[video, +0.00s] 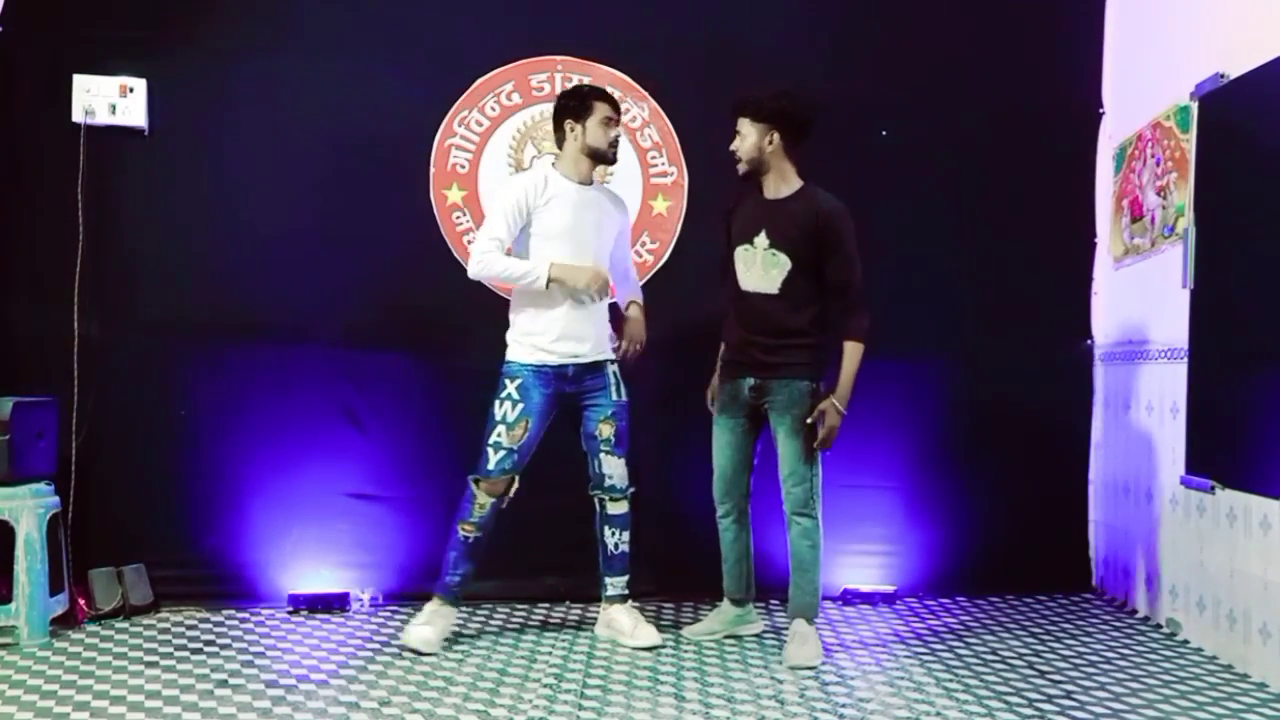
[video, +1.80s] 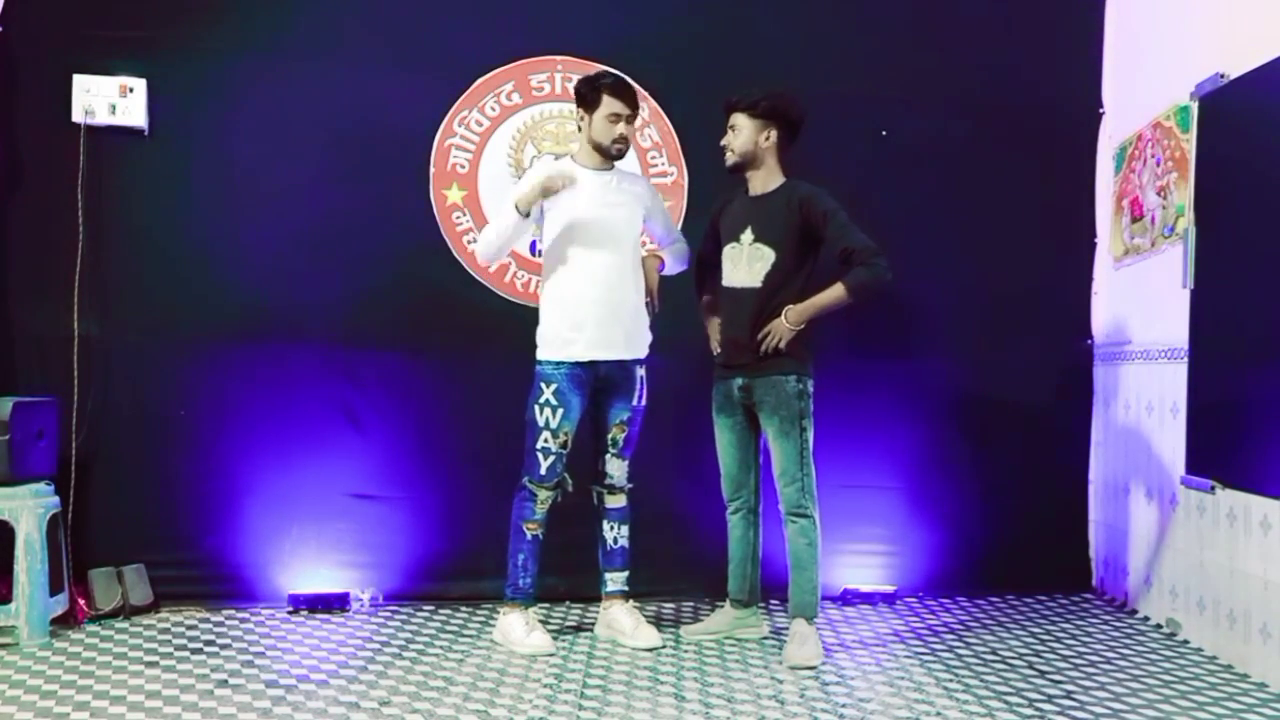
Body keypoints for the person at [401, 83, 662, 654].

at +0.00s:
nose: (617, 133)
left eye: (618, 125)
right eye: (607, 123)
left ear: (591, 133)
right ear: (571, 128)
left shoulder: (614, 207)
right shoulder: (525, 188)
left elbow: (624, 272)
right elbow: (483, 262)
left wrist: (634, 308)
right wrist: (556, 273)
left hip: (598, 362)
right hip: (532, 360)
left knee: (613, 481)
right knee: (493, 479)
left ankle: (616, 605)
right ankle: (445, 603)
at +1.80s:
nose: (624, 131)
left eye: (630, 123)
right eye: (614, 119)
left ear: (632, 127)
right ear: (583, 116)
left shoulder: (638, 185)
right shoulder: (548, 176)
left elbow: (678, 253)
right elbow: (489, 249)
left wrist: (657, 262)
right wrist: (530, 195)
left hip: (628, 351)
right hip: (564, 350)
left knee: (617, 481)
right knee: (544, 480)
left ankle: (616, 605)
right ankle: (516, 611)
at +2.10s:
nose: (593, 151)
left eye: (601, 140)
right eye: (582, 142)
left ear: (617, 128)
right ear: (561, 132)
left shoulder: (644, 188)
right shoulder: (550, 181)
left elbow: (689, 250)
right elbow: (494, 161)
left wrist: (663, 259)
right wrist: (542, 116)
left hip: (625, 352)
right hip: (560, 350)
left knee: (617, 479)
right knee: (543, 478)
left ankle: (615, 604)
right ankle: (516, 610)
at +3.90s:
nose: (606, 125)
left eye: (608, 115)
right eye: (595, 115)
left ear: (605, 120)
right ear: (560, 120)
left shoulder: (626, 182)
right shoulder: (536, 179)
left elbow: (670, 243)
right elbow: (485, 153)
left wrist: (656, 259)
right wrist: (532, 115)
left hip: (615, 350)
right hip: (552, 349)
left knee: (610, 477)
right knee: (538, 478)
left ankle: (615, 604)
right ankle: (515, 611)